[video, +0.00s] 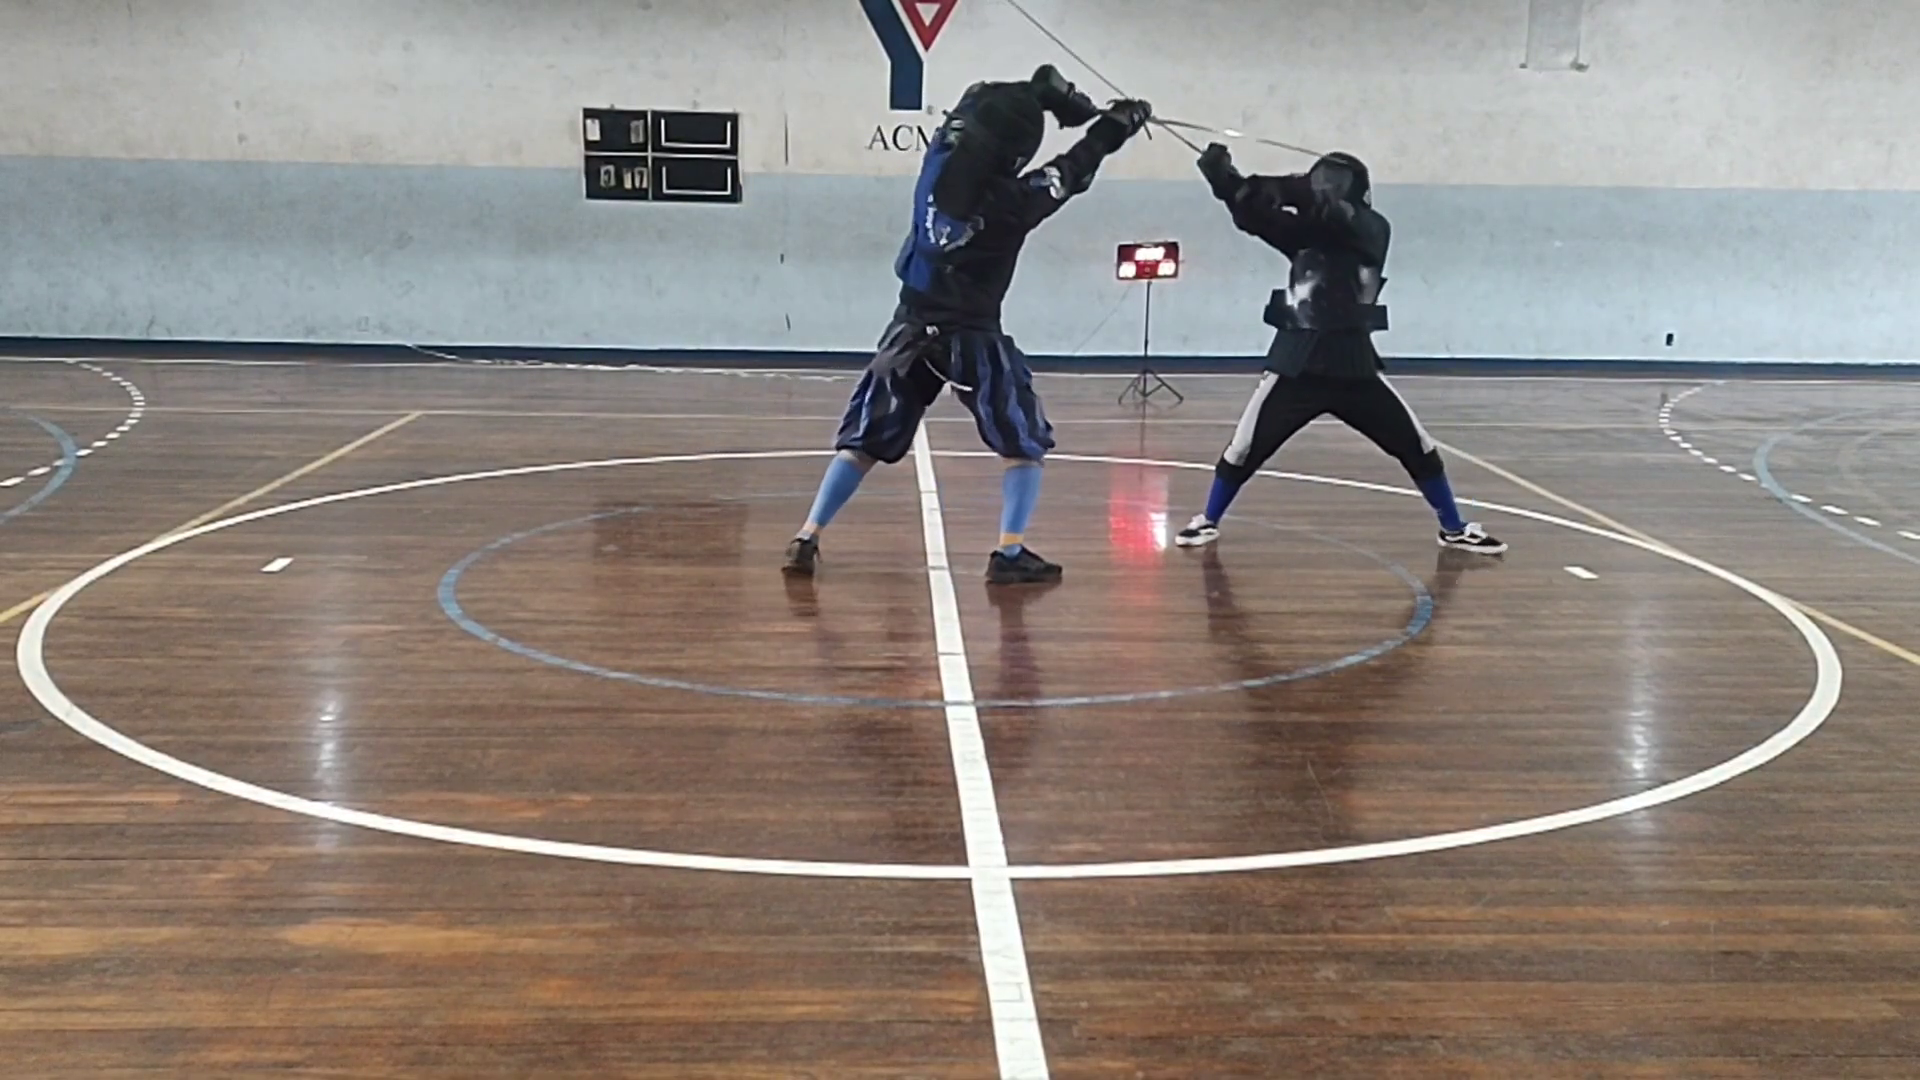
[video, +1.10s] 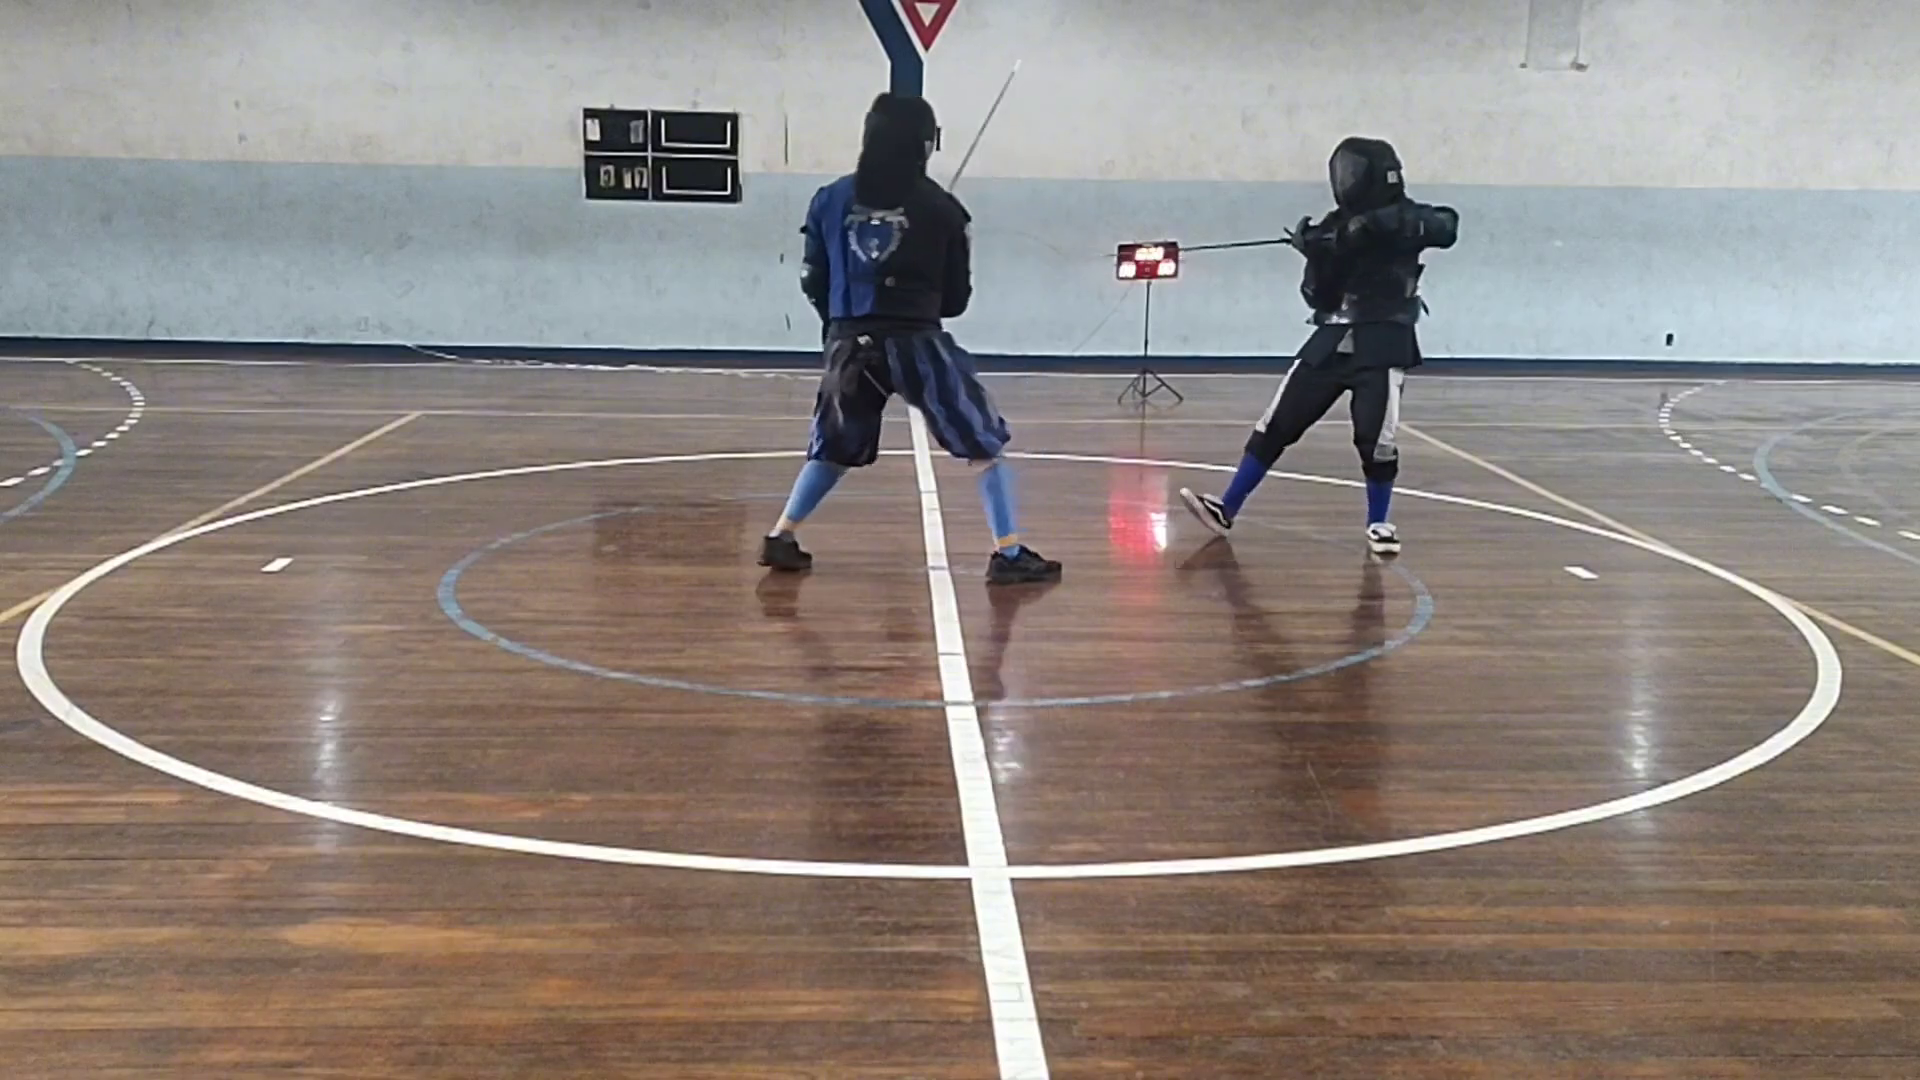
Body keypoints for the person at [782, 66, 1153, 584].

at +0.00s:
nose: (1033, 156)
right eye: (1030, 148)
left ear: (974, 128)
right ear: (1016, 151)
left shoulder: (937, 162)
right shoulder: (1014, 202)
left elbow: (981, 100)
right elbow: (1074, 169)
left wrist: (1045, 94)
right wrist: (1113, 126)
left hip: (910, 328)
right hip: (975, 336)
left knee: (869, 434)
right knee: (1025, 441)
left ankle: (806, 537)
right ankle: (1009, 552)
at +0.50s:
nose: (1041, 155)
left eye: (1042, 145)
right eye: (1038, 146)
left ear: (989, 129)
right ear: (1027, 149)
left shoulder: (946, 160)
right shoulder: (1027, 199)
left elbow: (1000, 122)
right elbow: (1084, 196)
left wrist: (1070, 136)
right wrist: (1114, 145)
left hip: (922, 328)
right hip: (989, 337)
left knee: (874, 434)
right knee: (1032, 441)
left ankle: (820, 546)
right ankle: (1010, 553)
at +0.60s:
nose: (1039, 148)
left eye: (1038, 141)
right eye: (1038, 141)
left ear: (983, 126)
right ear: (1028, 144)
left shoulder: (940, 162)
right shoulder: (1026, 194)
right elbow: (1072, 244)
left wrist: (1032, 184)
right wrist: (1081, 195)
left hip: (919, 330)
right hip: (985, 337)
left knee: (873, 434)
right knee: (1030, 441)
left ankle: (820, 545)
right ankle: (1011, 550)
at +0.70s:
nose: (1033, 159)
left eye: (1034, 148)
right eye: (1034, 149)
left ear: (977, 129)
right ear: (1026, 151)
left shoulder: (927, 170)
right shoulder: (1026, 208)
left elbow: (900, 239)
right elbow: (1040, 288)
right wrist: (1038, 236)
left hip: (918, 332)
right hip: (987, 339)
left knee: (873, 434)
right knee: (1031, 440)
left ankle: (819, 546)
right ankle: (1011, 551)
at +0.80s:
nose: (1026, 158)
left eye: (1027, 148)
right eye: (1026, 148)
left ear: (967, 133)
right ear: (1018, 152)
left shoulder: (914, 184)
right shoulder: (1022, 218)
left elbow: (887, 258)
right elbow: (1016, 306)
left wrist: (908, 304)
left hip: (911, 337)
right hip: (981, 343)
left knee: (864, 434)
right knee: (1030, 440)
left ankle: (819, 546)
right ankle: (1011, 552)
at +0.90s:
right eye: (999, 148)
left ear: (941, 136)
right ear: (995, 151)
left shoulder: (893, 195)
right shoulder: (1008, 220)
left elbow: (869, 273)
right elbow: (1006, 307)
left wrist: (882, 326)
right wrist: (957, 317)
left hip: (899, 338)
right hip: (972, 344)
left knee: (851, 432)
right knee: (1024, 440)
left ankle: (807, 539)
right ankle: (1011, 551)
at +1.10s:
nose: (934, 146)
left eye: (931, 137)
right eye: (932, 138)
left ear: (870, 138)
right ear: (925, 144)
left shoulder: (830, 199)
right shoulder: (941, 207)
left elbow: (815, 282)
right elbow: (955, 300)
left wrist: (845, 320)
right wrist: (906, 303)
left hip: (850, 340)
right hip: (918, 341)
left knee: (835, 442)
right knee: (983, 437)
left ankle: (782, 534)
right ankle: (1009, 549)